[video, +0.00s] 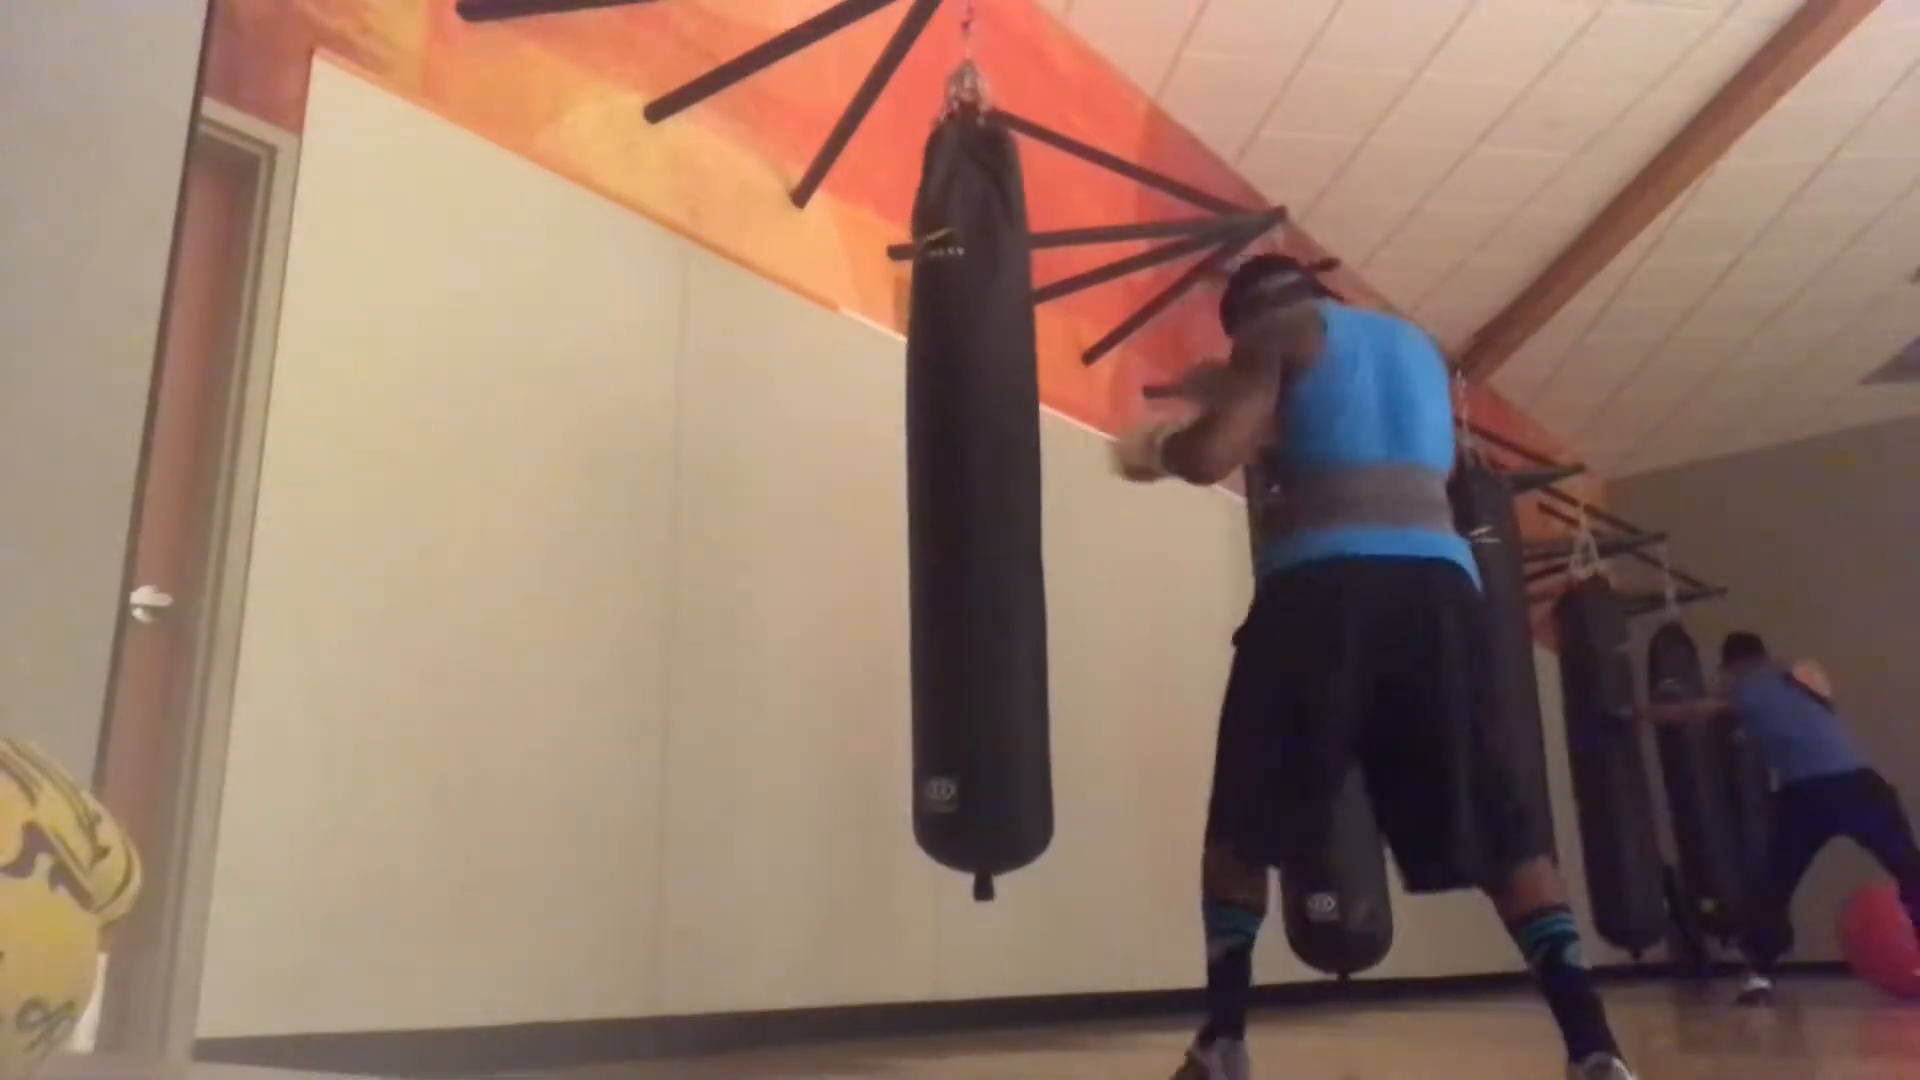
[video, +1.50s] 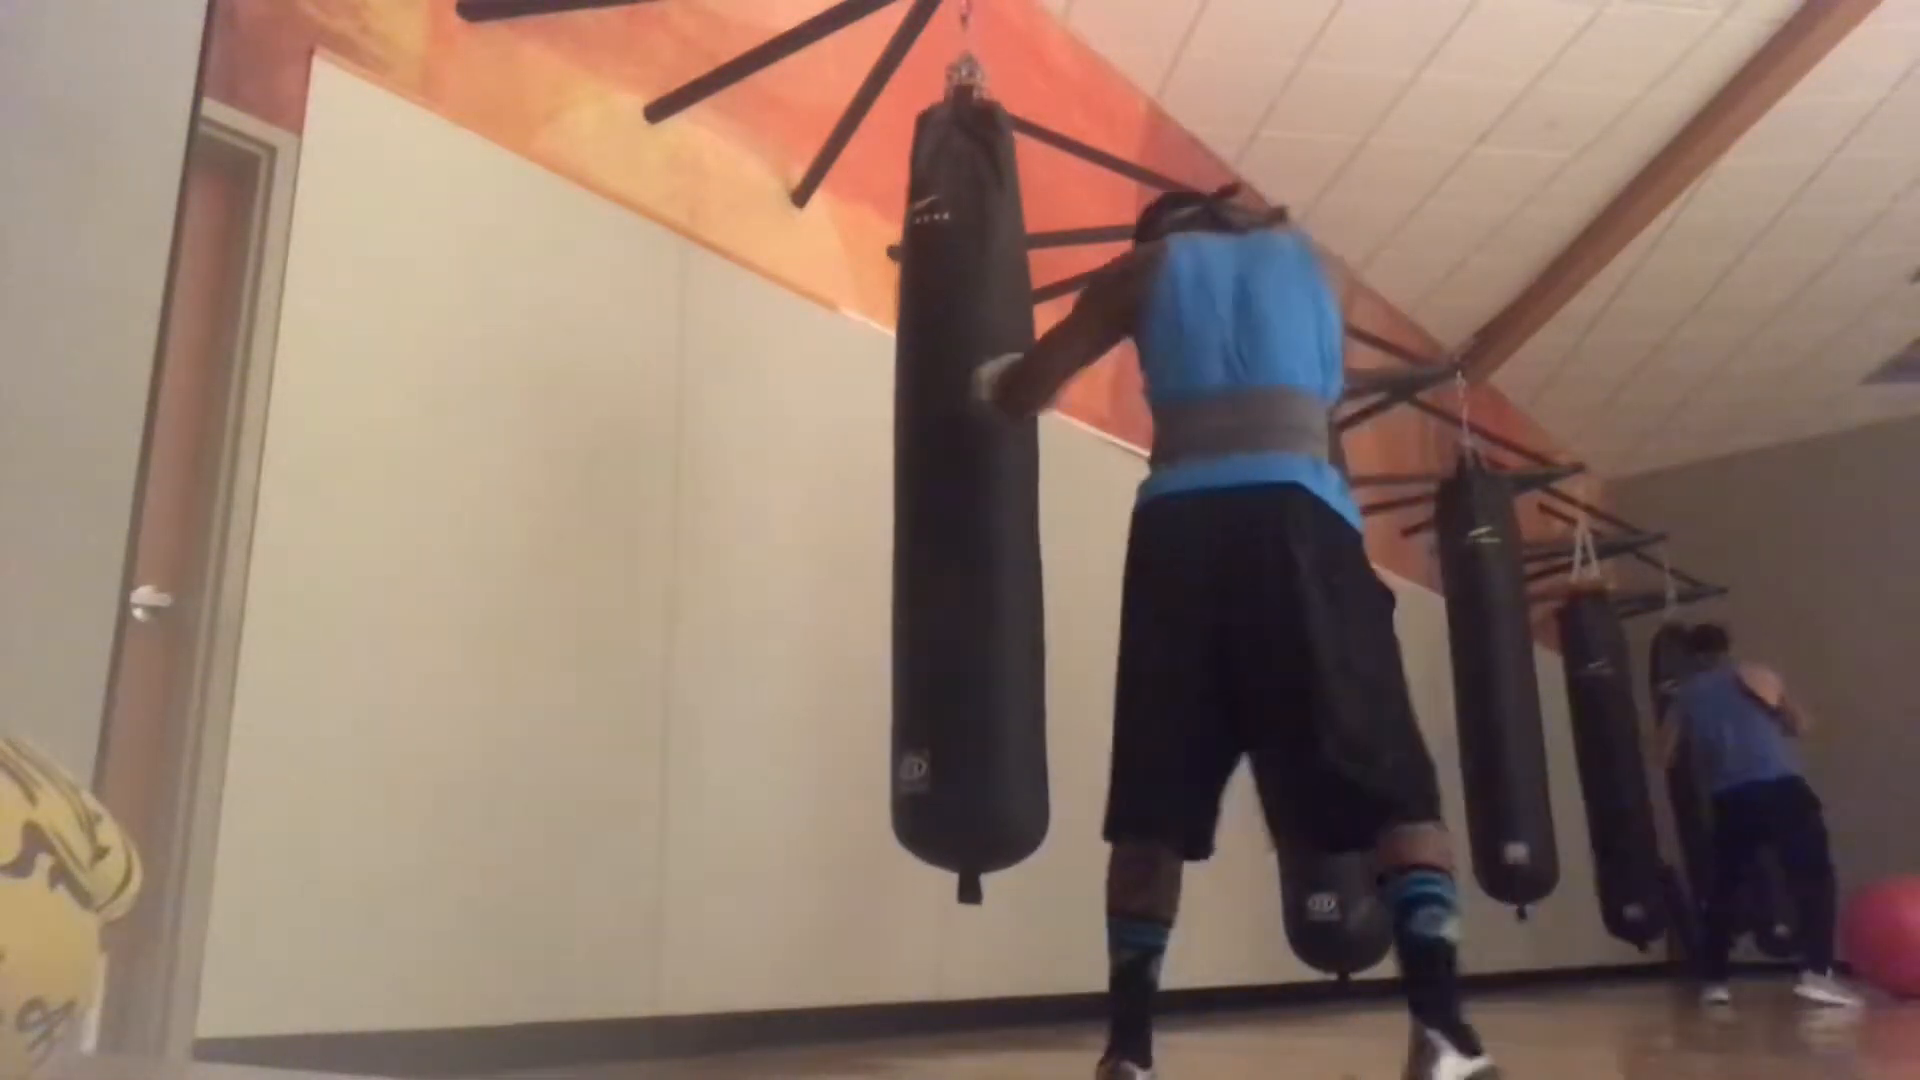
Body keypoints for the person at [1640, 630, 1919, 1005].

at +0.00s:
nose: (1727, 675)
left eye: (1726, 668)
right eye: (1726, 668)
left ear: (1731, 666)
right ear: (1765, 657)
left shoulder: (1746, 691)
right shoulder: (1795, 682)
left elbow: (1689, 713)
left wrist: (1642, 713)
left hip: (1806, 794)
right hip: (1859, 784)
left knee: (1774, 884)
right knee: (1908, 867)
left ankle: (1760, 975)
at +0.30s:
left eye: (1729, 665)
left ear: (1725, 665)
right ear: (1763, 655)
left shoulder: (1723, 693)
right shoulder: (1794, 675)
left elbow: (1677, 706)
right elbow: (1816, 706)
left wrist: (1641, 708)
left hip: (1777, 799)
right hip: (1831, 788)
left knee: (1753, 882)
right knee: (1885, 869)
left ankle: (1735, 971)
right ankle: (1905, 955)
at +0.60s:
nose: (1711, 680)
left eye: (1703, 675)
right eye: (1716, 673)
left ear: (1693, 677)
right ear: (1726, 671)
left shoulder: (1691, 708)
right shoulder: (1752, 695)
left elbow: (1655, 717)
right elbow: (1771, 714)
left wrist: (1632, 710)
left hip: (1747, 801)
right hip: (1796, 790)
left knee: (1725, 885)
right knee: (1841, 872)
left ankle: (1696, 971)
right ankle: (1874, 962)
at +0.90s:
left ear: (1693, 662)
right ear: (1726, 657)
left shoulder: (1682, 700)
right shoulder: (1756, 688)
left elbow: (1677, 761)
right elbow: (1783, 741)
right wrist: (1775, 764)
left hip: (1717, 802)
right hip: (1771, 795)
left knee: (1707, 886)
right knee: (1806, 879)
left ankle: (1692, 979)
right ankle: (1814, 968)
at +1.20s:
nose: (1732, 656)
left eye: (1727, 650)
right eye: (1738, 647)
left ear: (1718, 651)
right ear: (1756, 649)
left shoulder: (1703, 691)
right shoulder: (1787, 683)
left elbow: (1676, 740)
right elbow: (1805, 737)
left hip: (1738, 804)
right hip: (1792, 798)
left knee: (1717, 885)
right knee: (1819, 883)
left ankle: (1709, 975)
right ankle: (1816, 976)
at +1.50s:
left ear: (1691, 655)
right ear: (1726, 647)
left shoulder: (1685, 695)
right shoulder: (1754, 675)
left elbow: (1665, 754)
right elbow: (1801, 723)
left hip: (1731, 800)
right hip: (1785, 791)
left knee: (1724, 886)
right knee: (1816, 877)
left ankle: (1715, 979)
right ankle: (1817, 971)